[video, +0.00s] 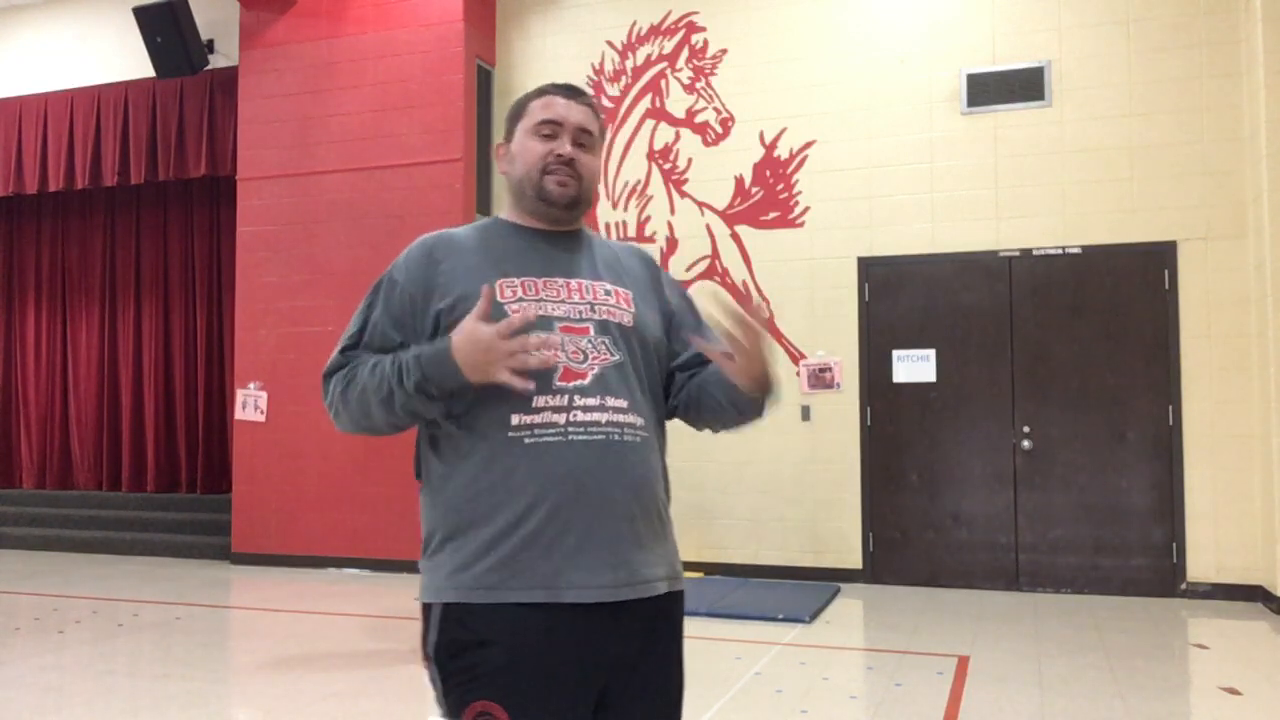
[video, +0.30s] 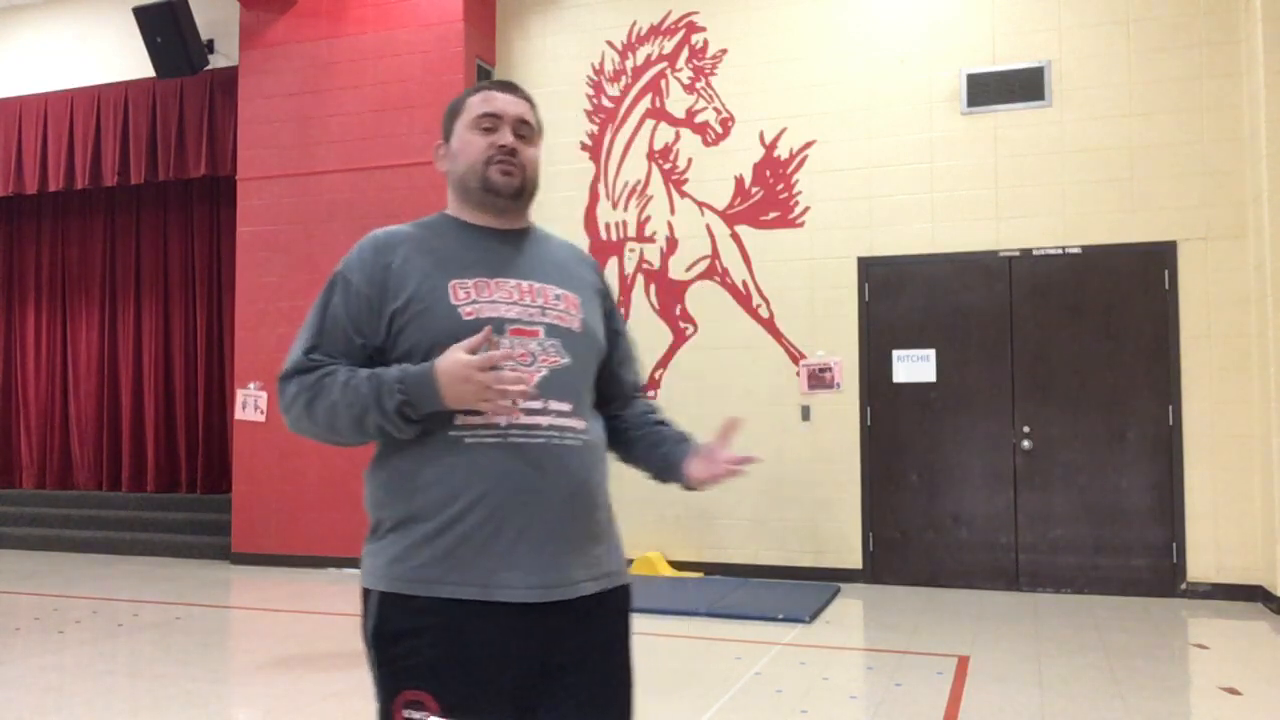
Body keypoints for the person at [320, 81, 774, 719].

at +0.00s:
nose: (566, 149)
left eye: (584, 141)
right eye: (546, 132)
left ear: (601, 172)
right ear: (505, 154)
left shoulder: (643, 274)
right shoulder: (437, 261)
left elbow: (692, 387)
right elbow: (347, 392)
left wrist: (747, 388)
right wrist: (450, 363)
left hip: (638, 595)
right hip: (493, 596)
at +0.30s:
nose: (510, 139)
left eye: (525, 131)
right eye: (488, 124)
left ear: (540, 160)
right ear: (443, 152)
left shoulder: (579, 271)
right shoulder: (385, 259)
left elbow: (622, 404)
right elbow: (304, 392)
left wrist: (683, 455)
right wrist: (427, 387)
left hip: (583, 594)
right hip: (436, 594)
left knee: (593, 711)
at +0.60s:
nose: (476, 163)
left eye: (487, 152)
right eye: (456, 145)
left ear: (497, 170)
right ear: (401, 161)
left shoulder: (521, 279)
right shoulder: (339, 266)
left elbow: (556, 399)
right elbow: (257, 398)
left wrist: (612, 419)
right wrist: (389, 393)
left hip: (517, 597)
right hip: (377, 594)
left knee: (525, 710)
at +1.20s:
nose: (483, 164)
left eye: (488, 148)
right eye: (456, 157)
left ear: (505, 161)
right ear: (422, 189)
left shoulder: (542, 278)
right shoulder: (377, 268)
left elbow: (575, 372)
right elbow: (310, 396)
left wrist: (596, 391)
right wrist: (396, 479)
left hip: (533, 581)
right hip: (412, 579)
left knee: (528, 712)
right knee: (397, 710)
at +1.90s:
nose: (542, 181)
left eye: (552, 168)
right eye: (519, 171)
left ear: (571, 188)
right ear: (485, 199)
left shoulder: (603, 288)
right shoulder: (439, 273)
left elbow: (657, 402)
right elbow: (381, 403)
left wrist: (651, 365)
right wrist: (395, 523)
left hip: (583, 570)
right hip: (469, 567)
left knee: (569, 713)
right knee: (462, 711)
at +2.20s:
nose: (534, 181)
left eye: (548, 171)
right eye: (514, 170)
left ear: (567, 194)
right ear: (483, 197)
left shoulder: (609, 285)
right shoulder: (433, 272)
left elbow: (704, 350)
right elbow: (360, 377)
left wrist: (684, 339)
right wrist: (435, 431)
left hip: (580, 570)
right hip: (463, 565)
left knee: (568, 713)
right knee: (465, 711)